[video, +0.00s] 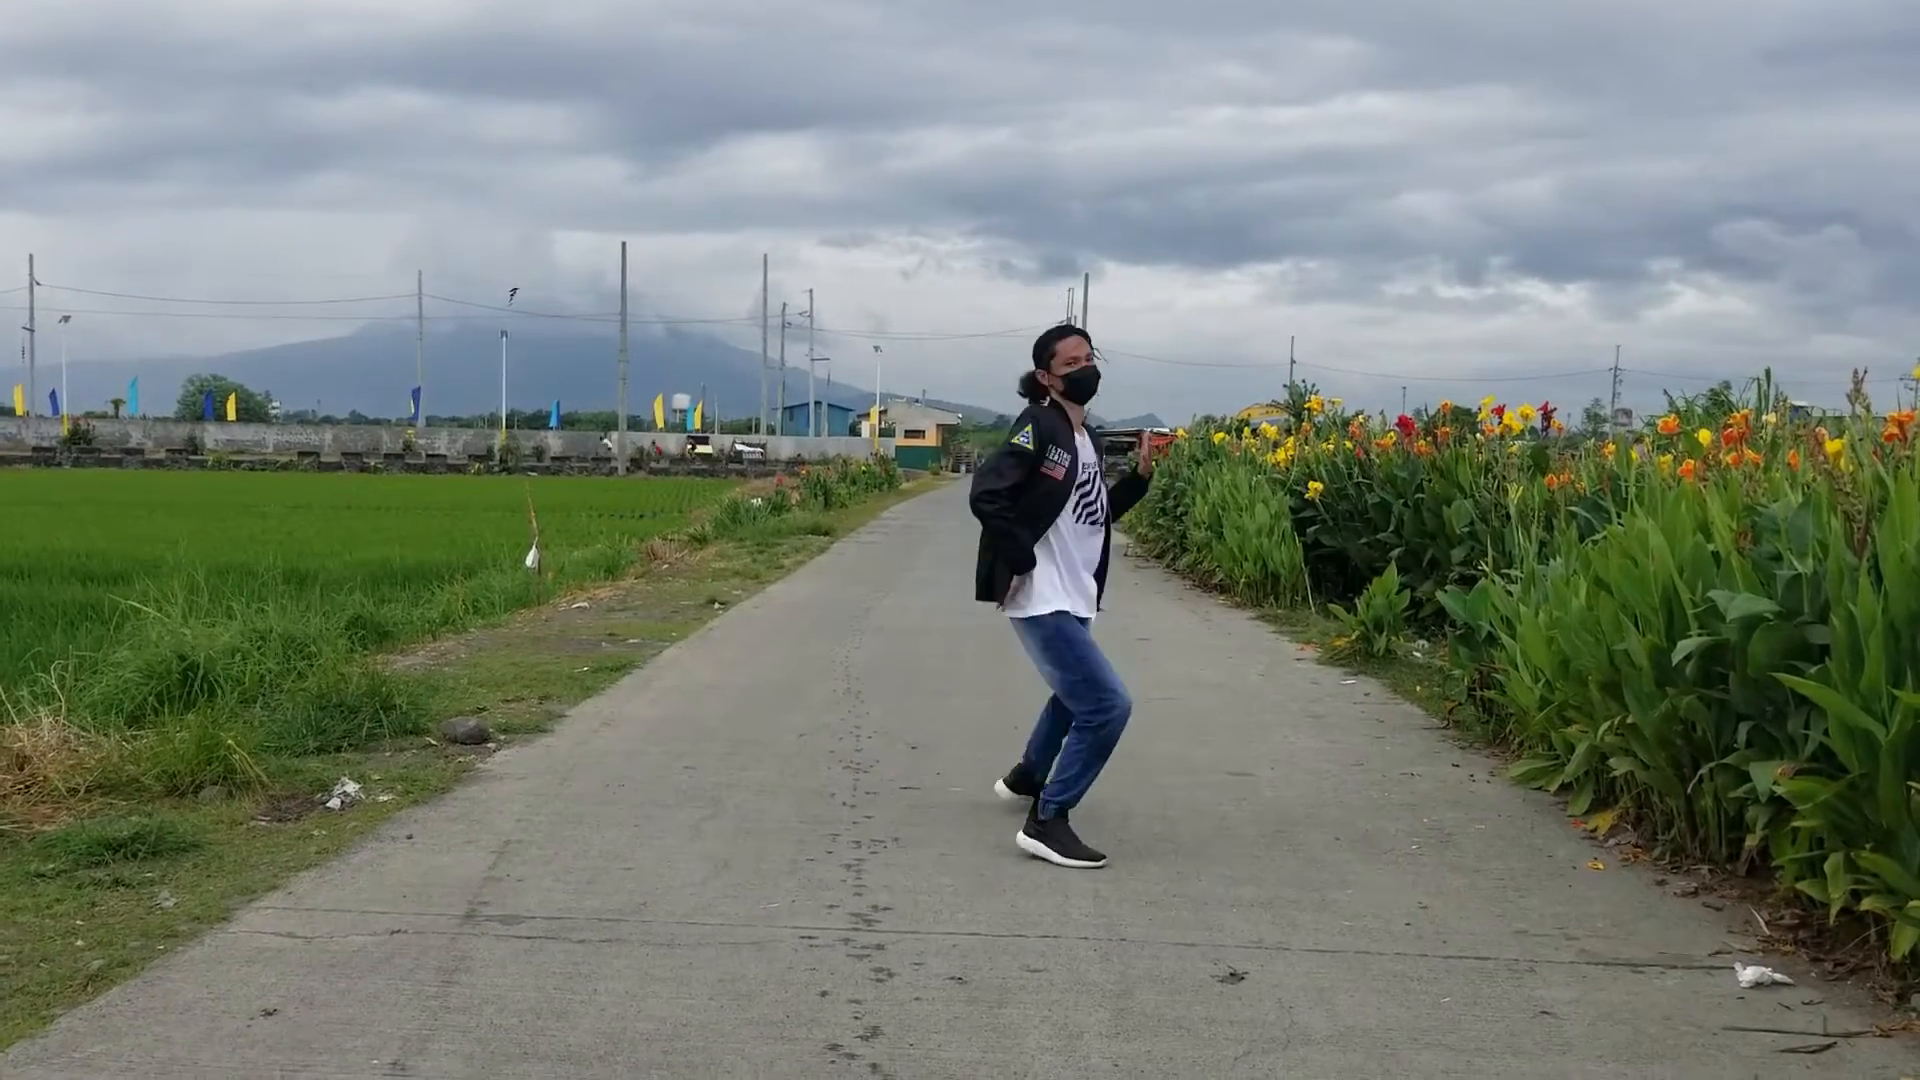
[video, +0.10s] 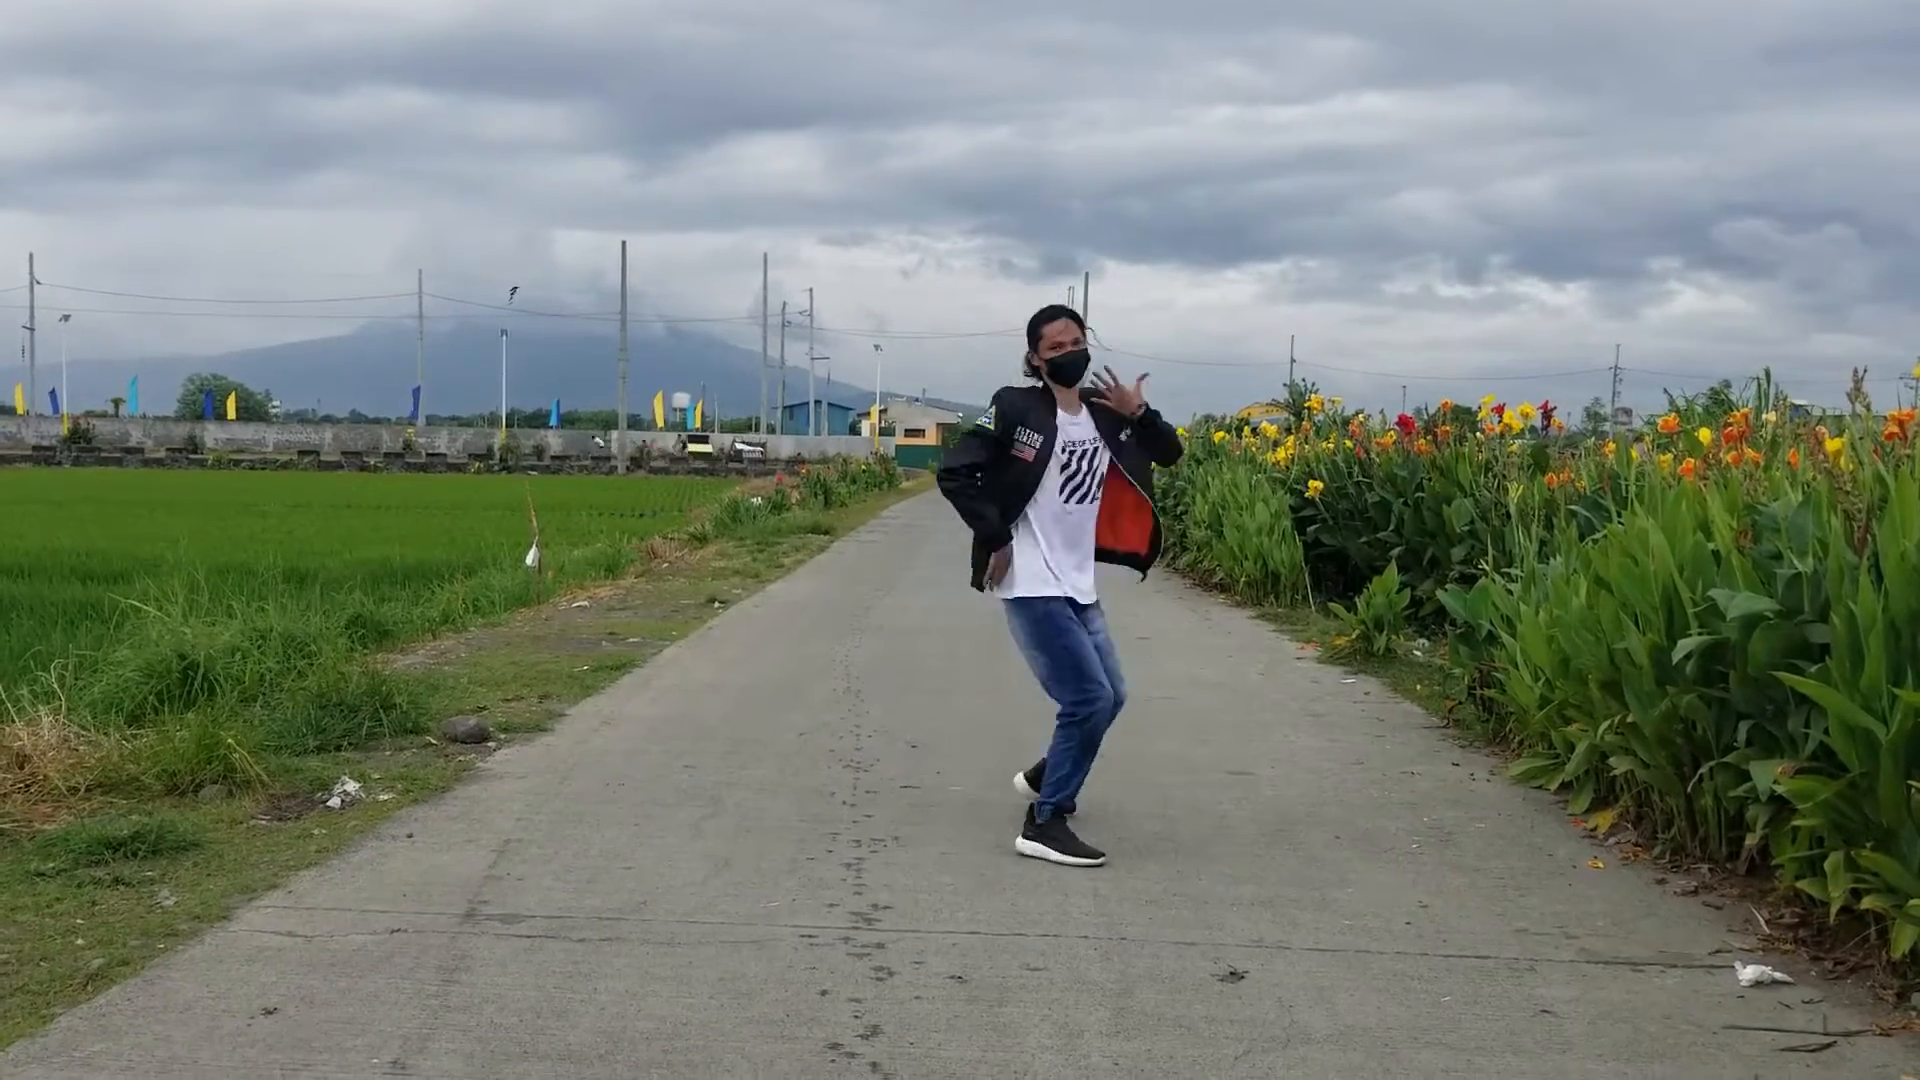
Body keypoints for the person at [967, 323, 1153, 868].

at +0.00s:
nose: (1086, 366)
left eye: (1089, 357)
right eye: (1072, 360)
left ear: (1095, 365)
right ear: (1047, 375)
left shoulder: (1084, 437)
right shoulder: (1037, 427)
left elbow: (1094, 515)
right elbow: (986, 493)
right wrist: (1019, 555)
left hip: (1074, 594)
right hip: (1037, 597)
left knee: (1074, 696)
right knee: (1108, 705)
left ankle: (1028, 777)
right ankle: (1047, 820)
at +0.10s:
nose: (1071, 350)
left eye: (1076, 341)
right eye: (1058, 344)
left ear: (1087, 348)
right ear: (1036, 357)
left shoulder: (1104, 414)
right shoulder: (1017, 406)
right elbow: (957, 472)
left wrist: (1140, 414)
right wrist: (995, 538)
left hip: (1077, 581)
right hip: (1028, 580)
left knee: (1112, 694)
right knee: (1089, 699)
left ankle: (1045, 776)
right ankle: (1045, 823)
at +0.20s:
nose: (1058, 342)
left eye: (1065, 332)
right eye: (1046, 336)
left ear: (1079, 335)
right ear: (1028, 345)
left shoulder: (1109, 385)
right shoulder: (1004, 399)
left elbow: (1191, 398)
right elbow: (944, 462)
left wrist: (1139, 425)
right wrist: (979, 519)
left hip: (1080, 573)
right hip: (1023, 576)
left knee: (1116, 687)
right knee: (1069, 693)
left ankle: (1068, 777)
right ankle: (1041, 819)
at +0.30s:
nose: (1057, 333)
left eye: (1063, 322)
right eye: (1044, 327)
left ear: (1076, 323)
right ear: (1026, 336)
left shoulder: (1110, 373)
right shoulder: (1002, 387)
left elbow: (1197, 388)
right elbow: (949, 445)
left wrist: (1125, 392)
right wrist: (975, 508)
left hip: (1080, 563)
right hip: (1017, 563)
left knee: (1099, 687)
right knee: (1046, 691)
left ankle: (1081, 794)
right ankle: (1038, 814)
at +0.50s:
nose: (1039, 347)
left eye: (1048, 336)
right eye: (1029, 339)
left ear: (1069, 332)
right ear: (1017, 341)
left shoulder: (1097, 392)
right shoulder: (996, 386)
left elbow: (1129, 479)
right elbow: (977, 470)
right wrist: (984, 546)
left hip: (1077, 576)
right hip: (1008, 572)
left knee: (1082, 706)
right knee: (971, 687)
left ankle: (1084, 814)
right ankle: (1002, 810)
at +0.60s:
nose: (1016, 350)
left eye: (1025, 340)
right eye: (1010, 341)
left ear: (1056, 333)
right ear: (1006, 339)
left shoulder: (1082, 404)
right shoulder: (992, 392)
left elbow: (1098, 498)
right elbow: (978, 480)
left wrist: (1100, 589)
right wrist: (968, 555)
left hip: (1057, 582)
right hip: (991, 575)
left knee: (1066, 710)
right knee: (945, 686)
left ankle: (1080, 812)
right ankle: (986, 801)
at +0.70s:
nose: (991, 338)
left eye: (999, 330)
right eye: (989, 330)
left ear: (1032, 327)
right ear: (1004, 330)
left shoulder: (1058, 406)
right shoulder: (991, 390)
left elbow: (1079, 497)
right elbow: (974, 473)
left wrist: (1069, 584)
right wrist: (947, 540)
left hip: (1021, 577)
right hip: (971, 566)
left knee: (1027, 704)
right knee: (937, 681)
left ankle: (1067, 806)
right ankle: (985, 799)